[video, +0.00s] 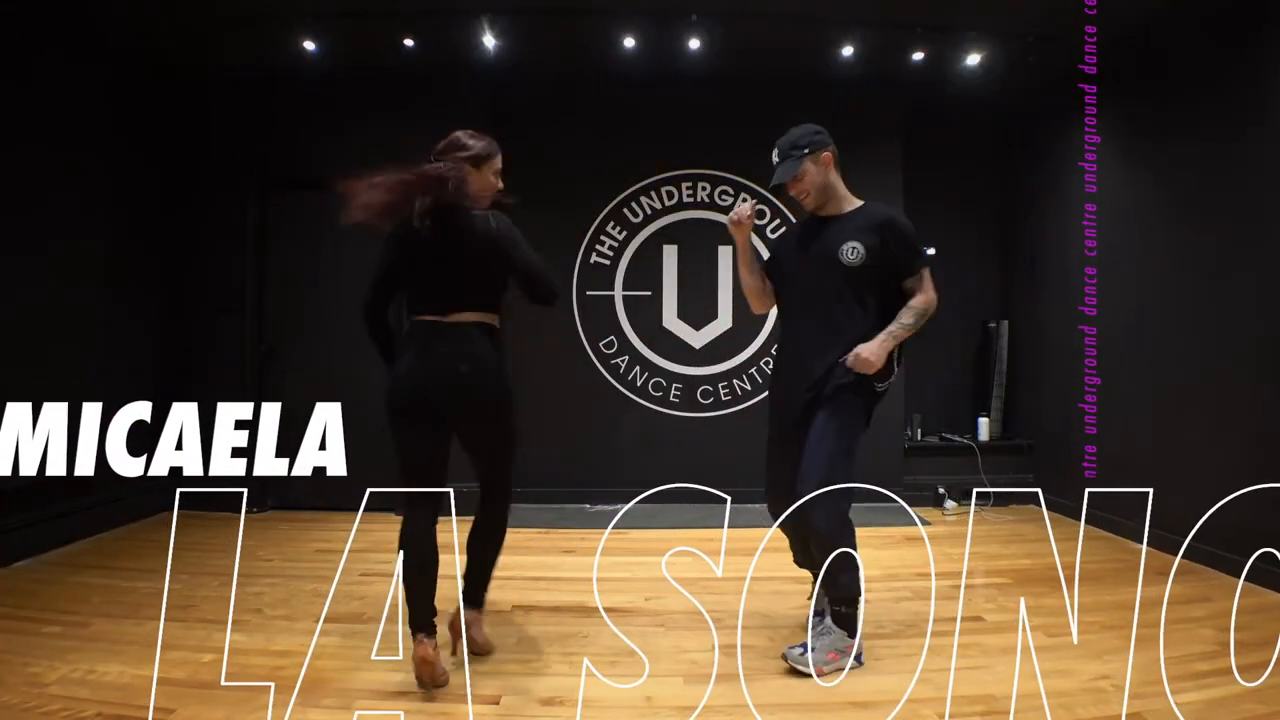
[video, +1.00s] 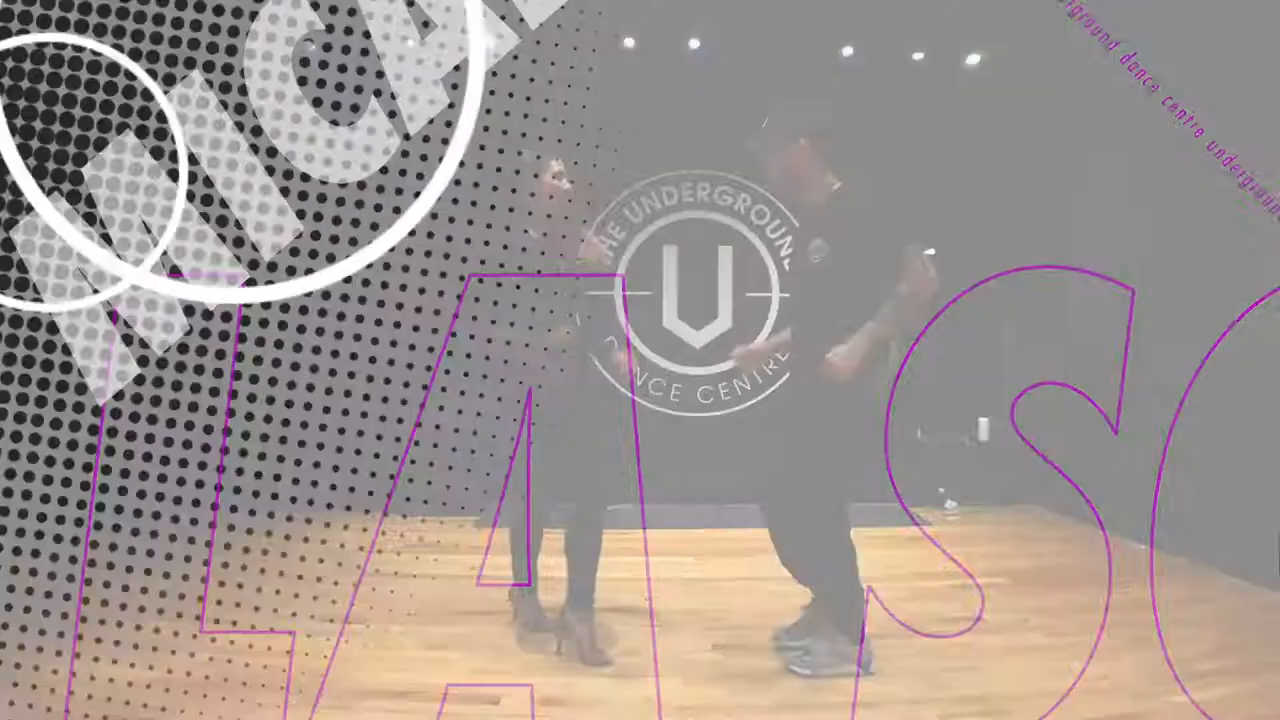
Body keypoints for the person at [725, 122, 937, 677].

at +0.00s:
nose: (791, 188)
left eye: (796, 175)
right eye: (785, 181)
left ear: (827, 160)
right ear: (786, 182)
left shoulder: (880, 225)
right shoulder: (791, 239)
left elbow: (925, 297)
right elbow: (760, 301)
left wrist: (884, 342)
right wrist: (743, 242)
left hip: (847, 381)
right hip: (791, 386)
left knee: (821, 489)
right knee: (784, 501)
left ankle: (843, 631)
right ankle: (834, 611)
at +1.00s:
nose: (768, 170)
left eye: (775, 154)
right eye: (766, 156)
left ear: (809, 147)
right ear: (793, 153)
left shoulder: (861, 219)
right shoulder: (797, 224)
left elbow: (915, 289)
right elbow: (813, 311)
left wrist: (858, 347)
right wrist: (769, 344)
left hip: (837, 384)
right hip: (798, 382)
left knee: (815, 495)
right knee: (784, 493)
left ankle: (846, 634)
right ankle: (828, 606)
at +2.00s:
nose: (774, 167)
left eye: (783, 156)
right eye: (774, 158)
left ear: (818, 157)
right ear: (813, 160)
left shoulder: (862, 214)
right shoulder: (833, 226)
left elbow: (928, 276)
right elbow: (845, 298)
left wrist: (859, 340)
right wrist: (795, 279)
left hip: (865, 400)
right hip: (847, 397)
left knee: (818, 515)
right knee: (841, 509)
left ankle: (853, 638)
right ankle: (932, 586)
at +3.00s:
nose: (839, 172)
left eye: (848, 160)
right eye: (838, 162)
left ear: (884, 158)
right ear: (870, 164)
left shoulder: (941, 219)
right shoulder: (873, 234)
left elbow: (961, 310)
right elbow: (888, 320)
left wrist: (889, 265)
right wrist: (875, 381)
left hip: (941, 397)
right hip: (908, 397)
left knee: (897, 523)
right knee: (931, 505)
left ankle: (943, 640)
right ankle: (992, 599)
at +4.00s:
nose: (644, 172)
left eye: (647, 157)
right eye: (640, 162)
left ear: (679, 140)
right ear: (683, 147)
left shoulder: (707, 213)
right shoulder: (705, 212)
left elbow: (662, 303)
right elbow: (675, 311)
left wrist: (565, 289)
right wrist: (610, 317)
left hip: (673, 408)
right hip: (667, 403)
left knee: (612, 522)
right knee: (626, 512)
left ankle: (571, 659)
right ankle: (699, 602)